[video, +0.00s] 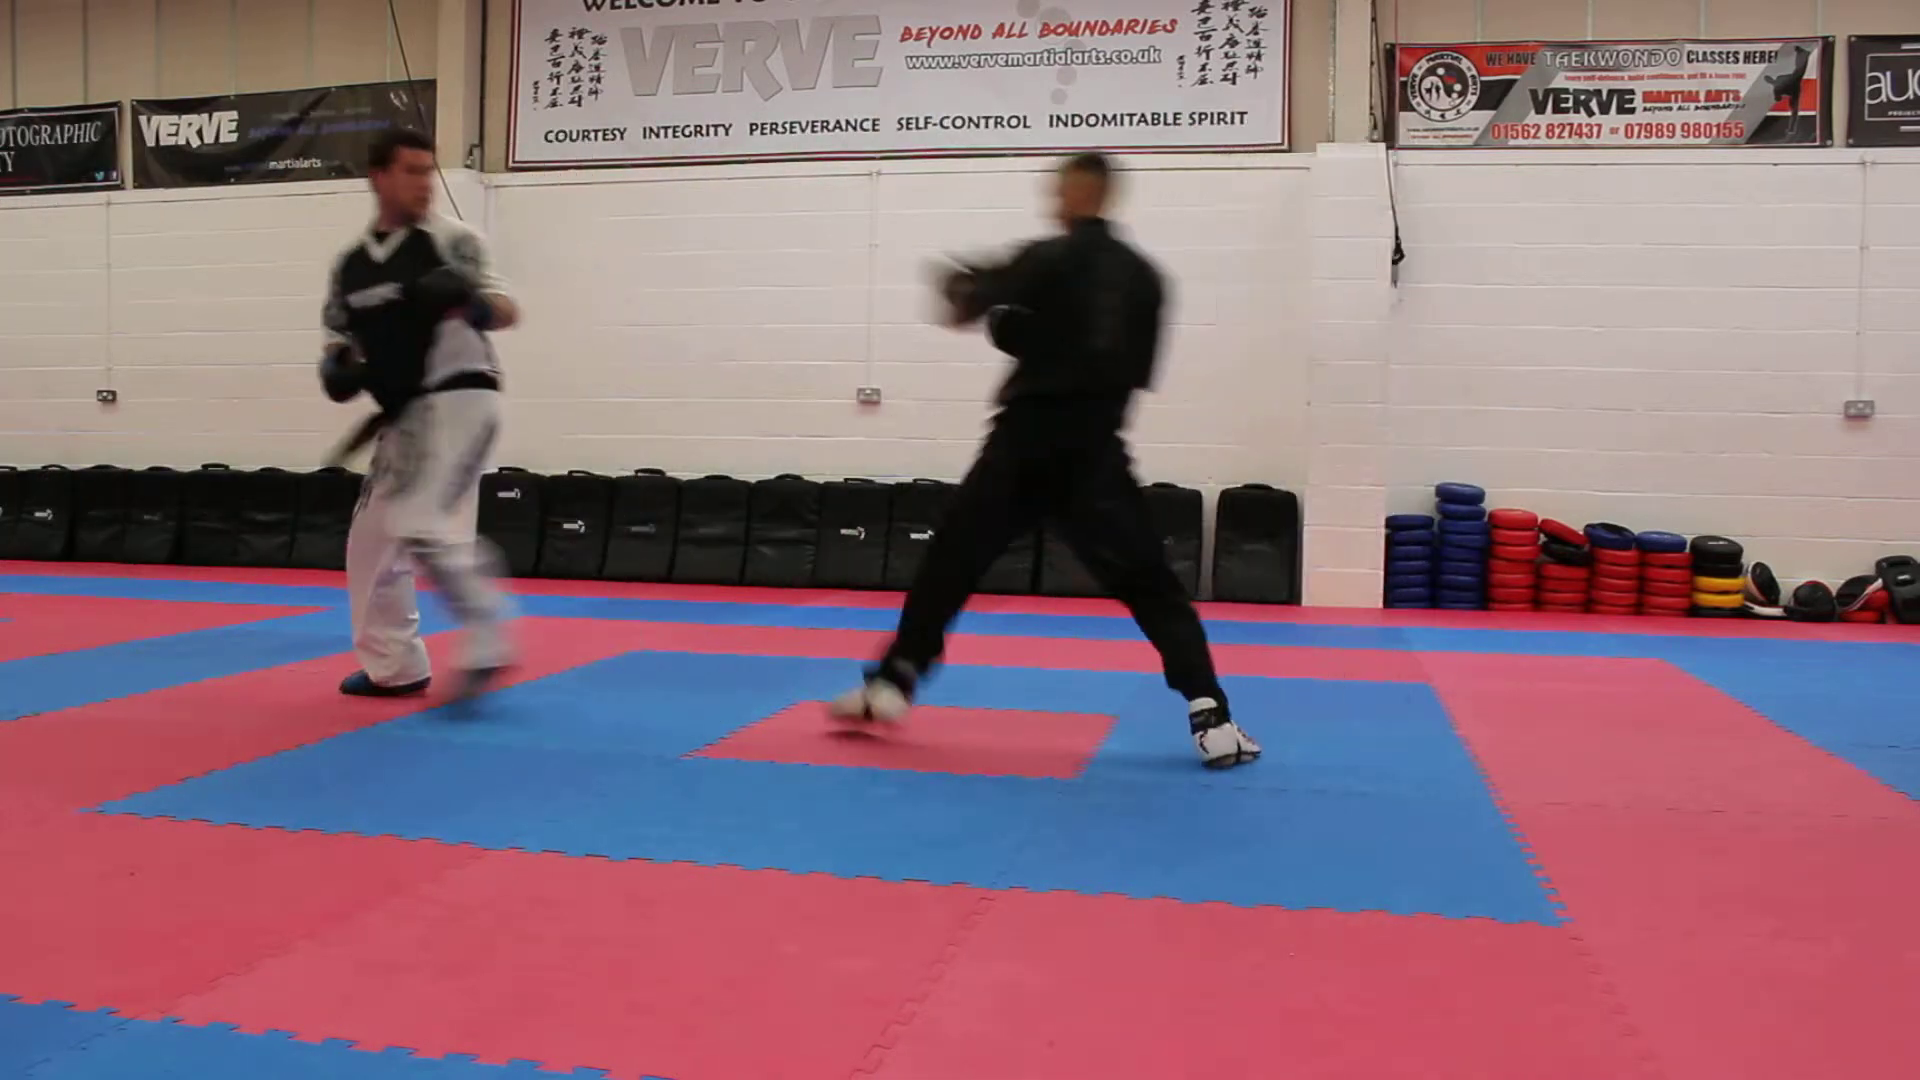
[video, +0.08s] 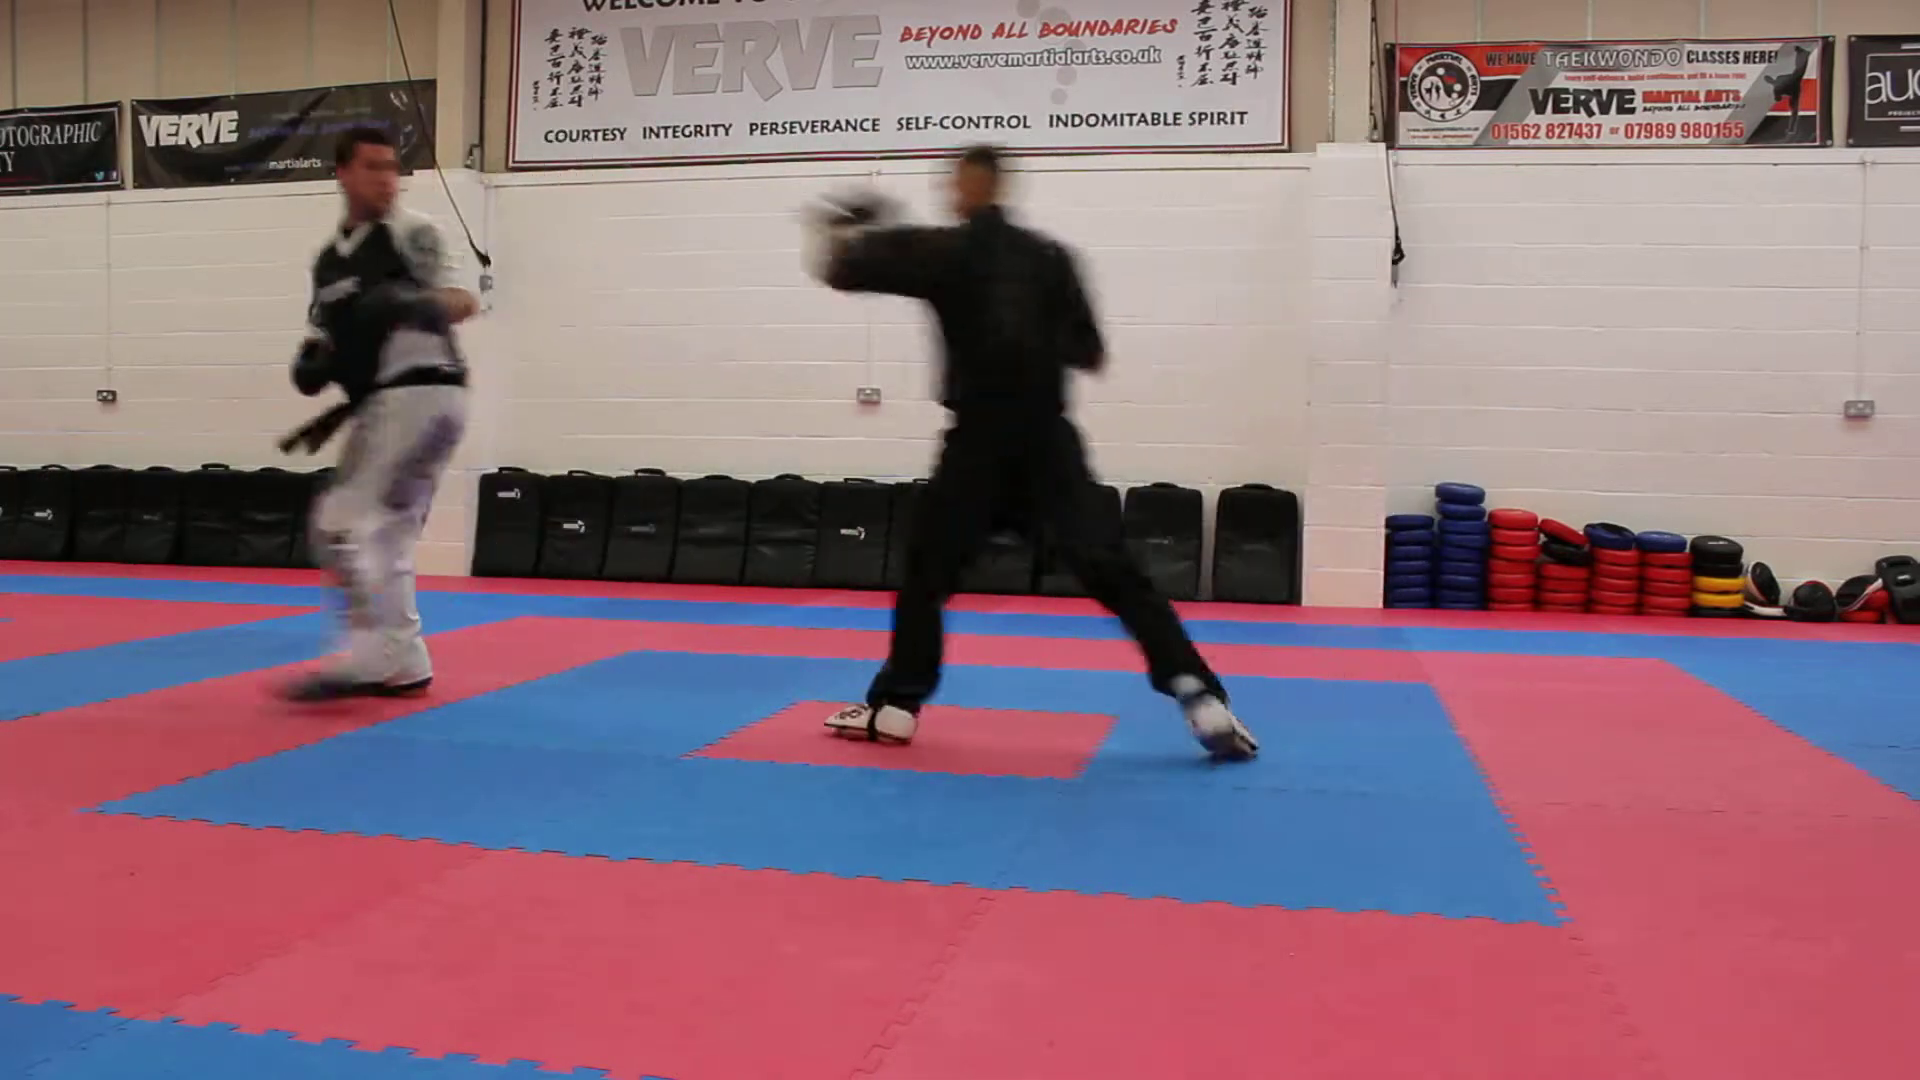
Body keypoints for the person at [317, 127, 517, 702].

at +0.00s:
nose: (425, 183)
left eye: (430, 172)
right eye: (412, 172)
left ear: (435, 177)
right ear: (378, 178)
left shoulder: (449, 242)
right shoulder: (351, 267)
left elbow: (503, 311)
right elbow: (340, 351)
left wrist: (463, 298)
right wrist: (342, 370)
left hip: (462, 398)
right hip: (404, 410)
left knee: (420, 521)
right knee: (370, 538)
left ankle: (490, 640)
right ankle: (394, 664)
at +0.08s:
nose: (388, 180)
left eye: (394, 169)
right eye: (374, 168)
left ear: (400, 175)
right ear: (342, 175)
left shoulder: (413, 232)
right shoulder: (331, 260)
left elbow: (462, 301)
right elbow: (333, 340)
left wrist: (391, 301)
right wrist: (314, 363)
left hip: (425, 393)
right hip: (382, 400)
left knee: (344, 516)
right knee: (388, 530)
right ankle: (400, 654)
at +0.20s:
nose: (284, 188)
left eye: (293, 174)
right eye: (280, 177)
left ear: (330, 175)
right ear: (292, 180)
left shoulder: (346, 224)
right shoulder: (324, 242)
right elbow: (336, 351)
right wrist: (294, 425)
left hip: (356, 409)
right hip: (386, 412)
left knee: (282, 533)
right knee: (374, 546)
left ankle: (213, 649)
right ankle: (399, 665)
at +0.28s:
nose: (243, 197)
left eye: (246, 186)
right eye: (245, 185)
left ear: (262, 187)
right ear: (293, 183)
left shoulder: (285, 228)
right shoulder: (318, 227)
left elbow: (320, 295)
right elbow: (306, 309)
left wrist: (298, 367)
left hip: (317, 414)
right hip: (367, 412)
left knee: (241, 527)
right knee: (362, 542)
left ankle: (185, 642)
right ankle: (395, 662)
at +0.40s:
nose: (248, 201)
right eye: (245, 193)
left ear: (188, 204)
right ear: (239, 195)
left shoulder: (173, 257)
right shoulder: (287, 250)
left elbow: (182, 336)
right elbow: (323, 329)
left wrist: (189, 411)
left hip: (242, 416)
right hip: (319, 412)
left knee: (204, 537)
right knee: (347, 532)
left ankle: (190, 657)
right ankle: (377, 640)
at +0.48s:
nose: (212, 218)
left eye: (208, 208)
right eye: (206, 209)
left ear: (150, 220)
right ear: (184, 215)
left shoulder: (121, 288)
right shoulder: (225, 260)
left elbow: (95, 378)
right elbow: (297, 319)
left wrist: (90, 453)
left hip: (218, 428)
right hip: (289, 415)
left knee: (188, 545)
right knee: (331, 490)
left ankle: (186, 663)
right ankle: (359, 571)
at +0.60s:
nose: (151, 227)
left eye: (146, 216)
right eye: (144, 217)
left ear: (87, 227)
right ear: (120, 219)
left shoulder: (59, 293)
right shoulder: (161, 258)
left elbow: (40, 385)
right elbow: (254, 301)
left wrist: (78, 342)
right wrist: (225, 348)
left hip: (179, 425)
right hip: (242, 388)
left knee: (166, 543)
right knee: (344, 420)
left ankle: (184, 662)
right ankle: (412, 431)